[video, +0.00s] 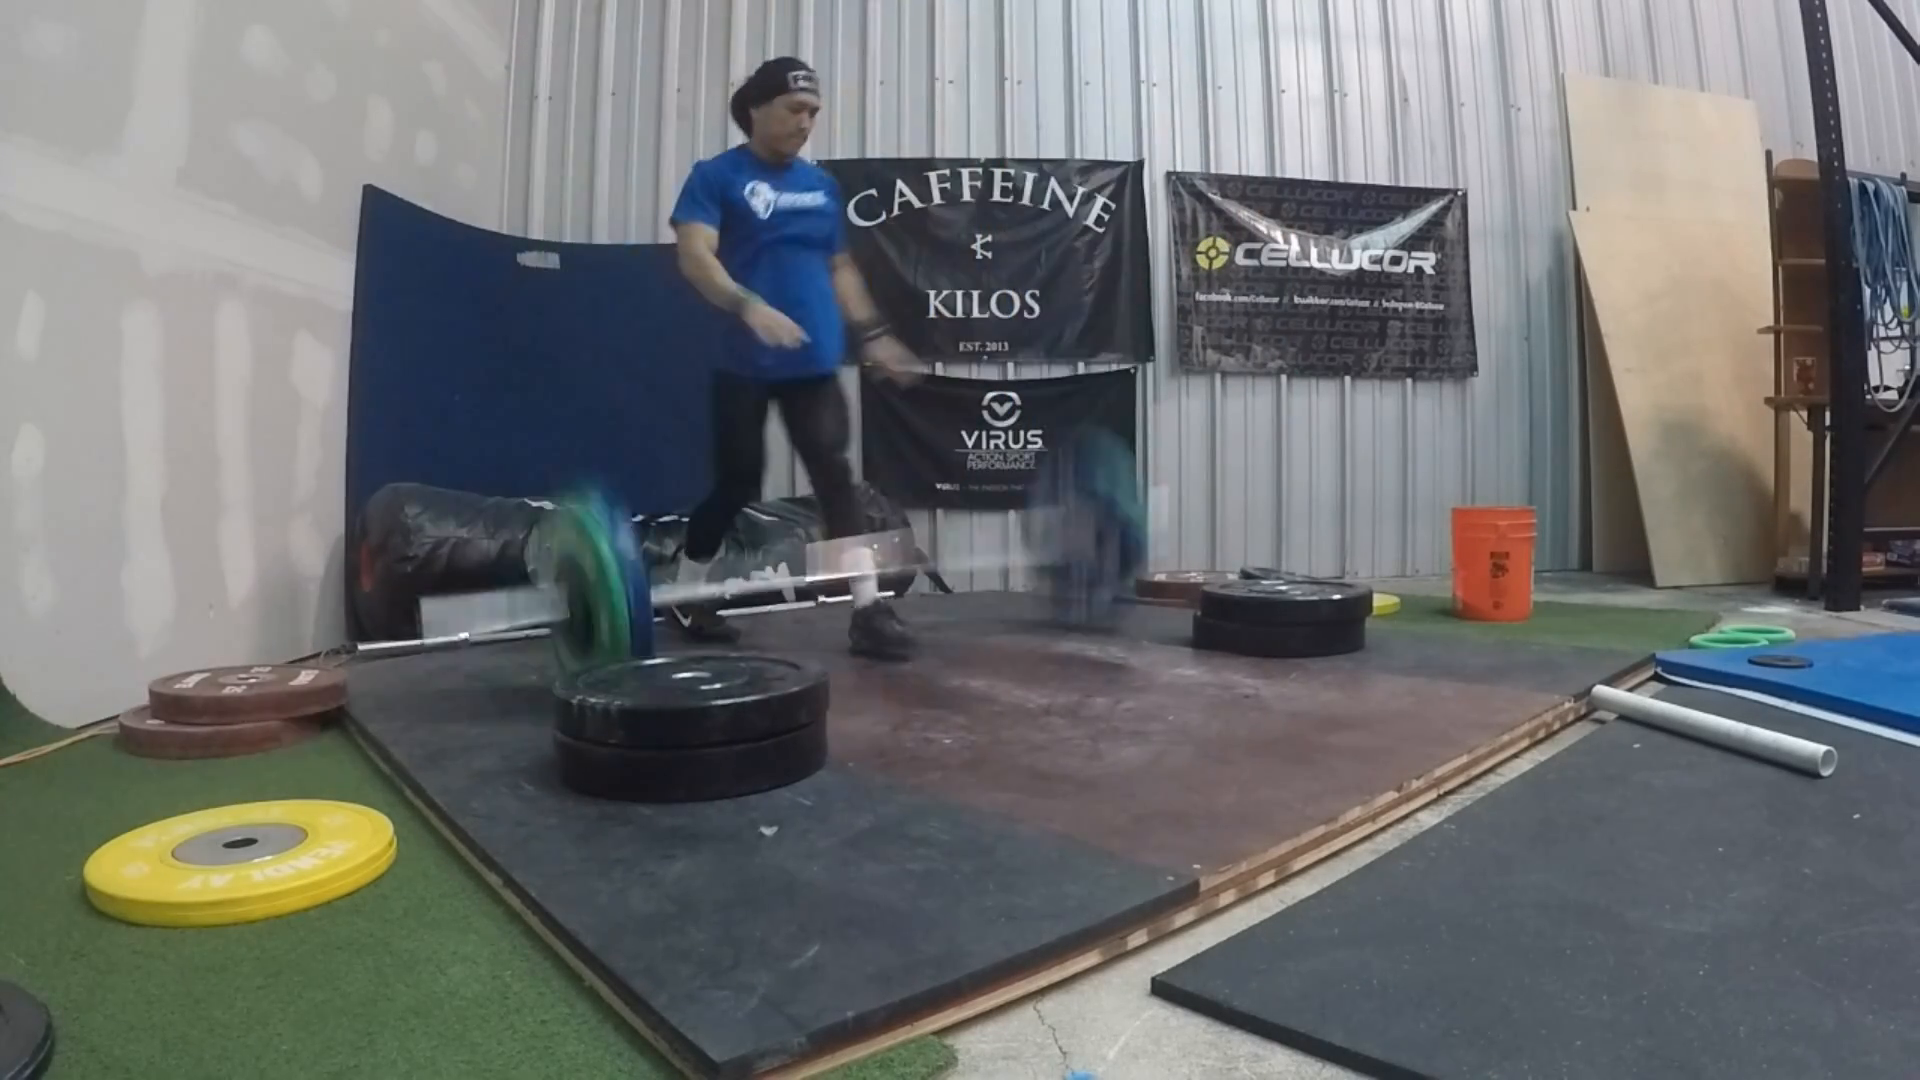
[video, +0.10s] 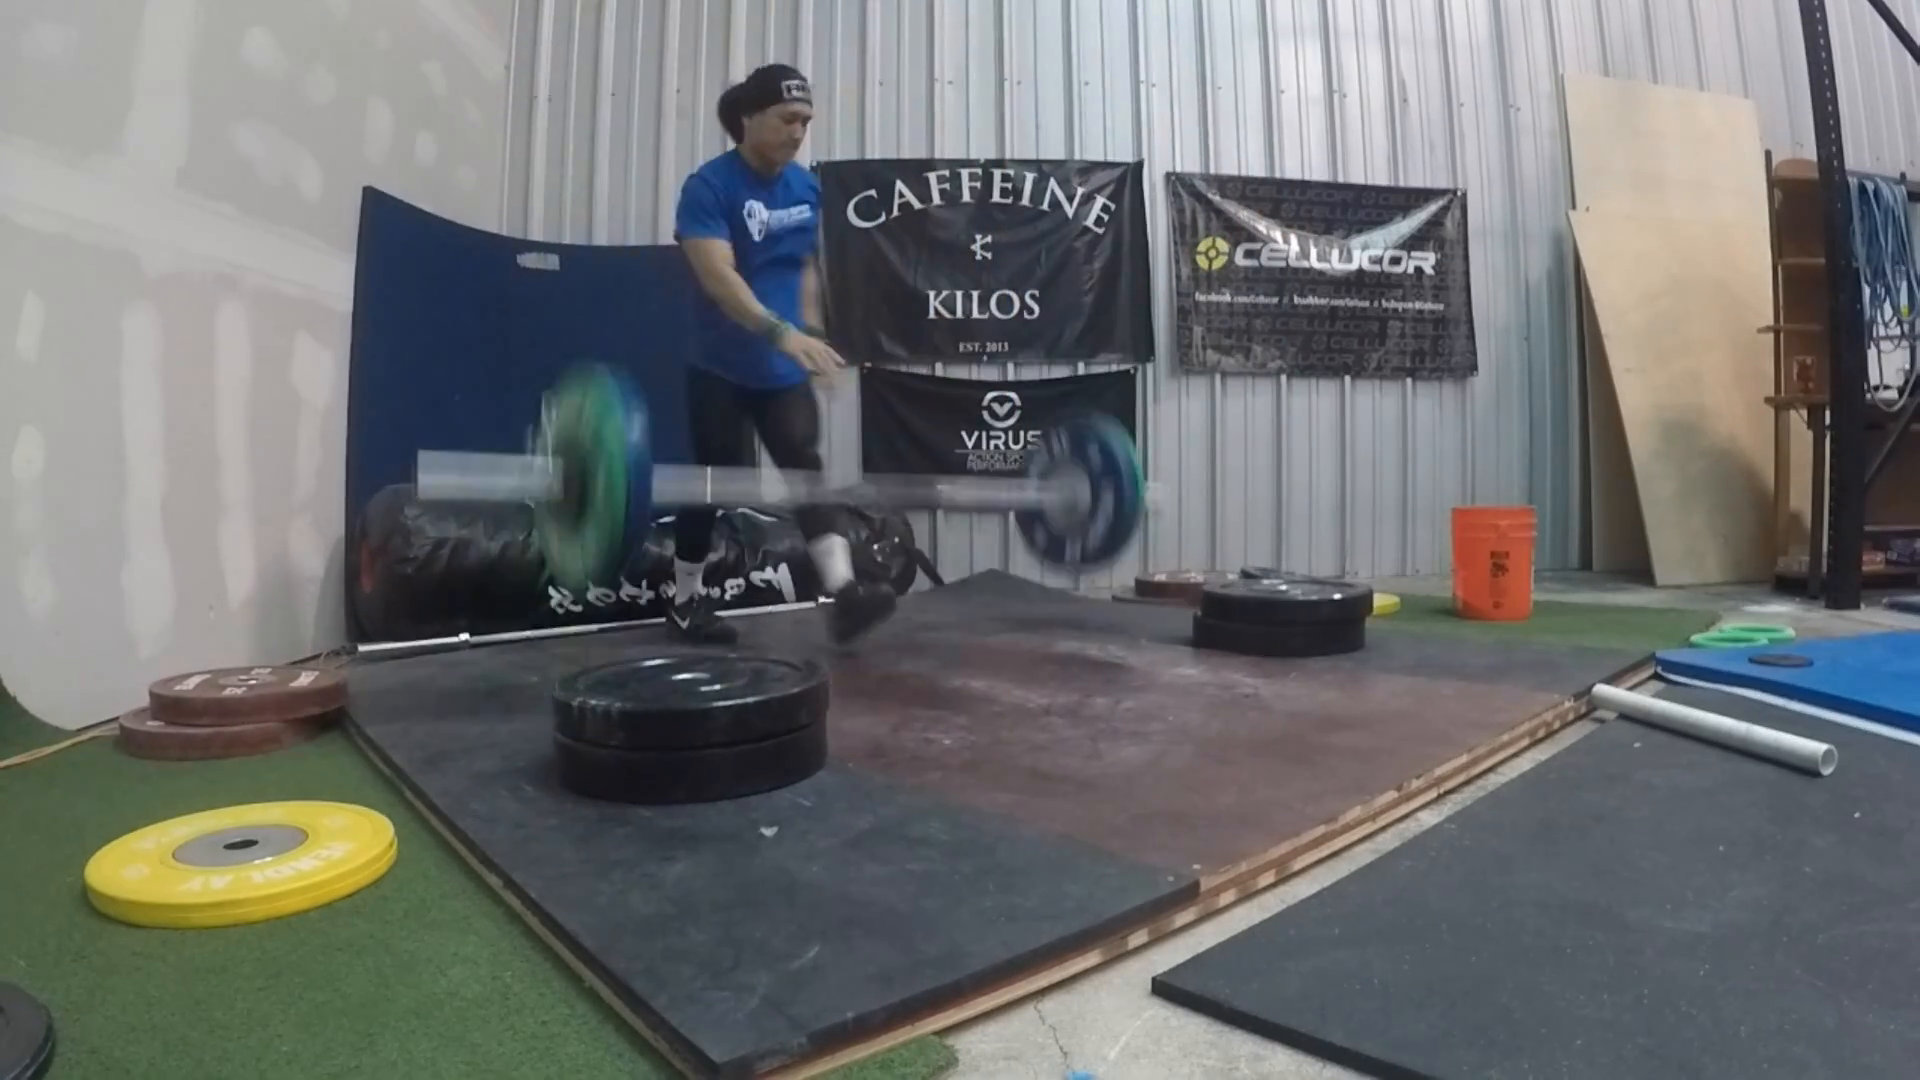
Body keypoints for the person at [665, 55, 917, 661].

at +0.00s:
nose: (805, 122)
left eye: (811, 112)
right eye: (793, 110)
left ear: (815, 116)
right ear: (753, 112)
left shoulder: (821, 185)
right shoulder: (716, 176)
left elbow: (839, 268)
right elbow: (694, 257)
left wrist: (876, 337)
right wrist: (749, 307)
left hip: (813, 361)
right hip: (742, 362)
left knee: (835, 476)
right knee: (738, 483)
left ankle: (868, 609)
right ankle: (686, 586)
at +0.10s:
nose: (798, 130)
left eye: (804, 120)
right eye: (786, 118)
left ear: (808, 125)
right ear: (745, 121)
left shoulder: (805, 187)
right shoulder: (706, 189)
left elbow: (806, 270)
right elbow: (718, 282)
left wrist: (809, 338)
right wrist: (785, 334)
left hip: (782, 364)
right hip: (719, 366)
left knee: (806, 468)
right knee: (719, 486)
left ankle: (840, 590)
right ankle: (690, 599)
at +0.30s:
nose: (809, 169)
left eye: (814, 157)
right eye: (800, 156)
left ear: (814, 153)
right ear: (758, 154)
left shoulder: (786, 204)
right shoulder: (720, 221)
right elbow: (755, 313)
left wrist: (767, 302)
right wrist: (805, 373)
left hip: (740, 346)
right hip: (687, 352)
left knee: (752, 453)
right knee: (691, 461)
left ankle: (758, 581)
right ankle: (682, 594)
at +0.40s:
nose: (802, 186)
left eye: (807, 175)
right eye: (794, 174)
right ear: (752, 168)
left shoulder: (774, 215)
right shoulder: (713, 231)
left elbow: (747, 291)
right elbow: (770, 318)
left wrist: (778, 344)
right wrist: (818, 378)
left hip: (729, 347)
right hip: (677, 353)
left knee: (735, 459)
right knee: (685, 464)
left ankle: (723, 582)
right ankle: (680, 597)